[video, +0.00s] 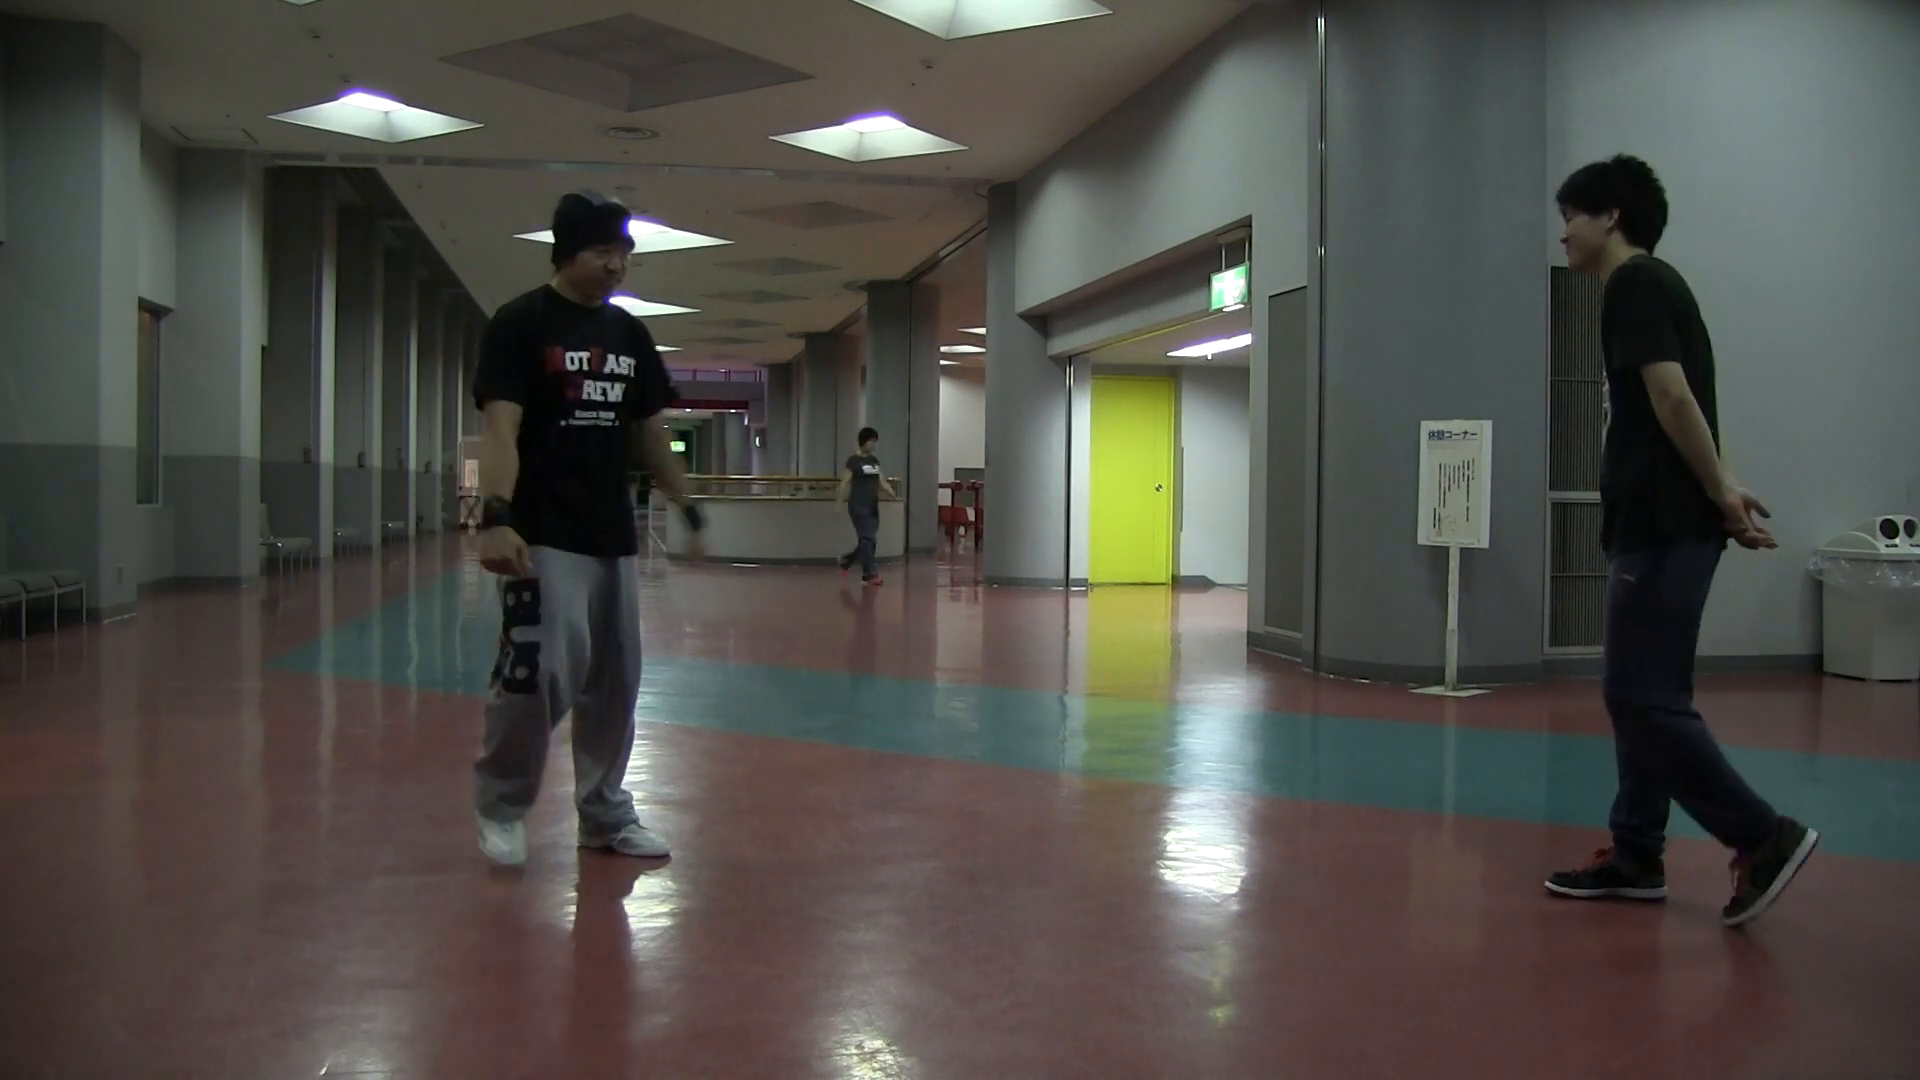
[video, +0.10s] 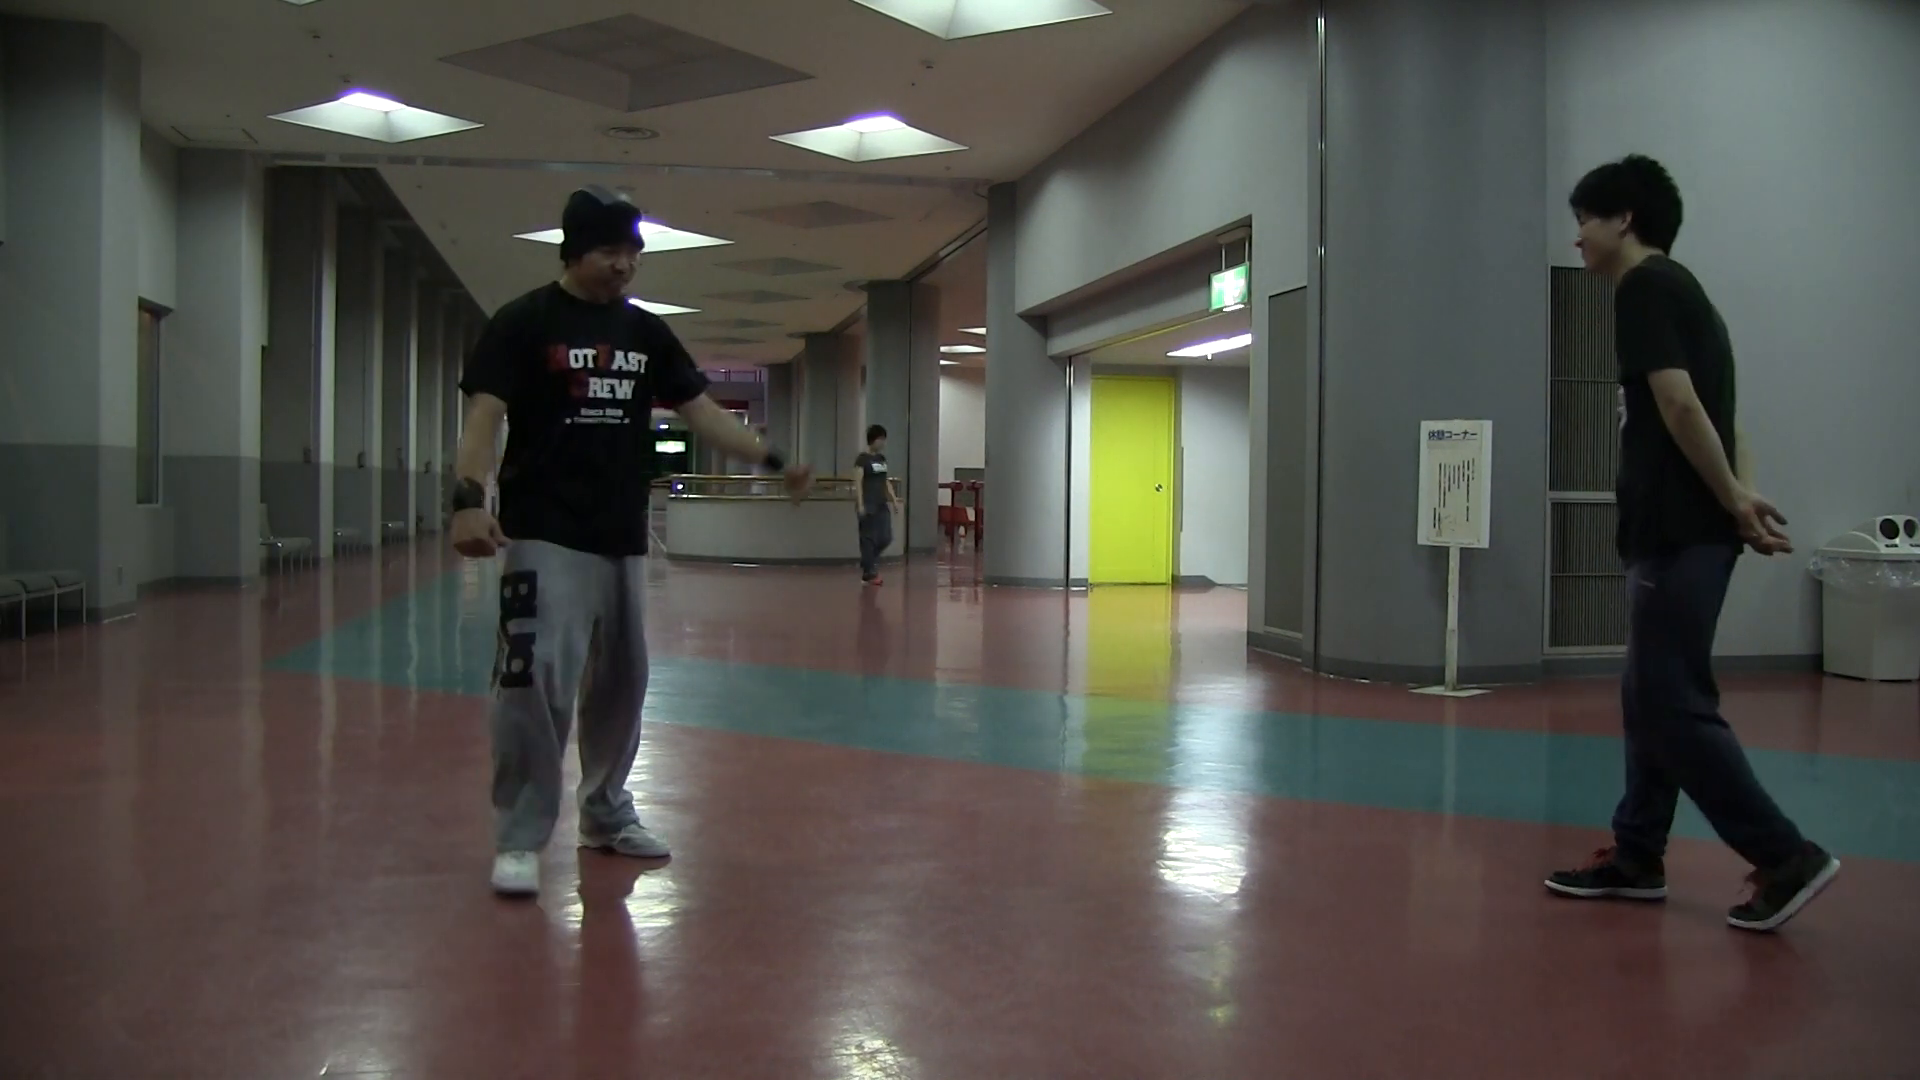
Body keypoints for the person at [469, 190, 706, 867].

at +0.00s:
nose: (619, 266)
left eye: (624, 254)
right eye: (607, 253)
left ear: (623, 257)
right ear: (569, 254)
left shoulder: (630, 334)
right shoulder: (519, 325)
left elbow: (649, 434)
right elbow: (499, 428)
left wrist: (687, 499)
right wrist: (494, 517)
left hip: (611, 534)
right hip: (542, 532)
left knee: (612, 678)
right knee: (546, 673)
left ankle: (605, 813)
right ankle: (501, 802)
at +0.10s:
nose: (625, 267)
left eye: (632, 255)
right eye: (613, 254)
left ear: (634, 255)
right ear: (575, 250)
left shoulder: (645, 330)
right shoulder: (520, 324)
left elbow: (703, 412)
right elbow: (485, 415)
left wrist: (773, 456)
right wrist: (469, 499)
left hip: (620, 538)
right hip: (543, 533)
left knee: (621, 678)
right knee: (537, 681)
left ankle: (608, 815)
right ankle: (519, 840)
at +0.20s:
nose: (627, 266)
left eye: (634, 253)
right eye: (614, 252)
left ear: (640, 255)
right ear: (577, 252)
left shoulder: (655, 333)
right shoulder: (522, 325)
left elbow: (727, 388)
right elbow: (475, 416)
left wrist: (821, 390)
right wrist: (449, 497)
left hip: (625, 543)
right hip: (543, 539)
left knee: (620, 684)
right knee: (536, 696)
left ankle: (609, 814)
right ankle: (534, 851)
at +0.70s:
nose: (554, 233)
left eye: (566, 217)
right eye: (537, 219)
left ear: (579, 214)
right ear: (502, 214)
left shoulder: (608, 294)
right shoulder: (449, 299)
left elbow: (715, 330)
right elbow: (408, 406)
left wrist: (816, 306)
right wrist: (402, 513)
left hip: (588, 531)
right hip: (487, 537)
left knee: (606, 688)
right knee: (497, 712)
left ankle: (613, 860)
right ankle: (528, 875)